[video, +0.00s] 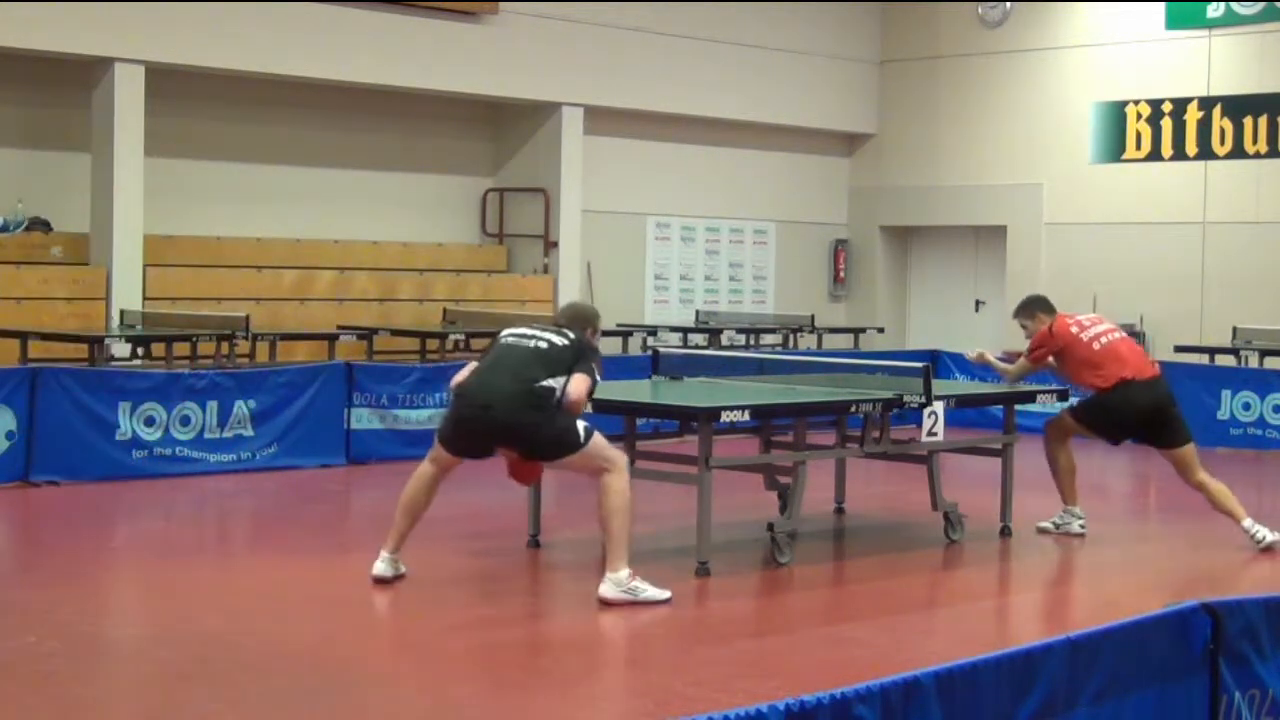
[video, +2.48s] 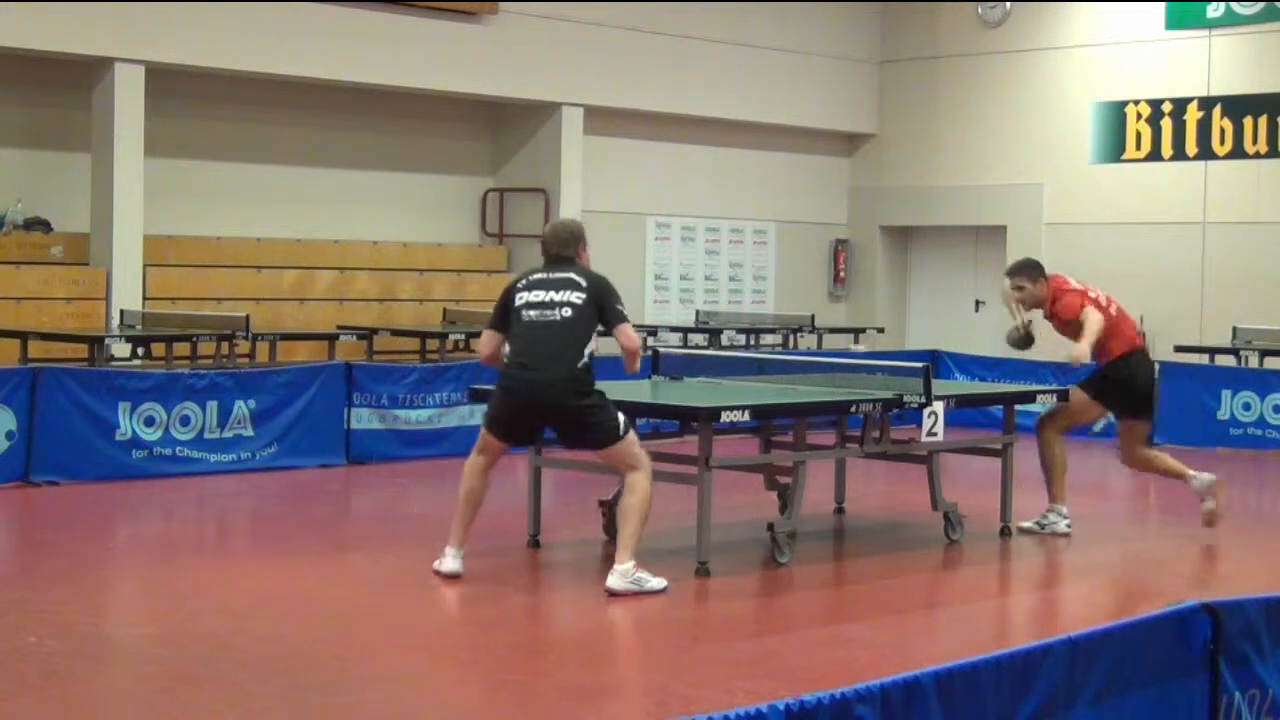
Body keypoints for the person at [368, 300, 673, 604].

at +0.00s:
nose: (597, 342)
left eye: (596, 336)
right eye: (597, 336)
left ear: (559, 322)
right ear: (589, 332)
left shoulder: (512, 334)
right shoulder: (584, 349)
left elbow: (458, 382)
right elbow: (574, 396)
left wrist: (501, 432)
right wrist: (558, 436)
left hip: (471, 408)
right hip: (529, 415)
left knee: (435, 464)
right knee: (615, 465)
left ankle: (386, 557)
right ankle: (618, 576)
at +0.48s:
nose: (598, 343)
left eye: (596, 337)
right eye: (597, 337)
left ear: (558, 324)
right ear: (589, 334)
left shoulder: (515, 336)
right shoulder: (585, 352)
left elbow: (461, 385)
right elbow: (577, 402)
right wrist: (571, 423)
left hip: (471, 408)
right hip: (527, 415)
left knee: (434, 465)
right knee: (616, 465)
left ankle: (386, 557)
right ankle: (618, 577)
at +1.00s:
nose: (595, 331)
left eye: (594, 325)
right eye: (595, 325)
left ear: (554, 315)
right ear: (586, 323)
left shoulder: (517, 328)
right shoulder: (585, 343)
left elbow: (508, 374)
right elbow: (601, 412)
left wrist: (560, 390)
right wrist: (589, 430)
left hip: (470, 408)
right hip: (525, 415)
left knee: (435, 464)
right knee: (616, 466)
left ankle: (386, 557)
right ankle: (618, 577)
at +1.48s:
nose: (589, 305)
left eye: (588, 300)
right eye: (588, 300)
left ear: (544, 296)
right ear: (580, 301)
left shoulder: (512, 313)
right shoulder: (581, 325)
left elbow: (501, 361)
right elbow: (602, 397)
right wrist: (598, 392)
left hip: (472, 404)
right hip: (529, 410)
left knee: (435, 463)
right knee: (616, 465)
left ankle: (386, 557)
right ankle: (618, 576)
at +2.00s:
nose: (592, 284)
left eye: (591, 277)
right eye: (591, 277)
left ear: (547, 276)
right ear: (582, 279)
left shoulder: (515, 298)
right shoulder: (583, 307)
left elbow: (500, 346)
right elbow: (607, 376)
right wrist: (614, 375)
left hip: (479, 399)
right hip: (533, 404)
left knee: (438, 466)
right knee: (620, 468)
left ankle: (387, 557)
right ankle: (617, 576)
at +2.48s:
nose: (590, 256)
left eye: (587, 251)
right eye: (588, 250)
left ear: (545, 253)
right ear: (582, 252)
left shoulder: (519, 284)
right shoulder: (595, 283)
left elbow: (486, 351)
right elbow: (630, 344)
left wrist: (517, 362)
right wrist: (632, 366)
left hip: (516, 391)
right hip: (571, 394)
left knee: (482, 457)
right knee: (637, 466)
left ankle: (452, 554)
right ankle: (625, 567)